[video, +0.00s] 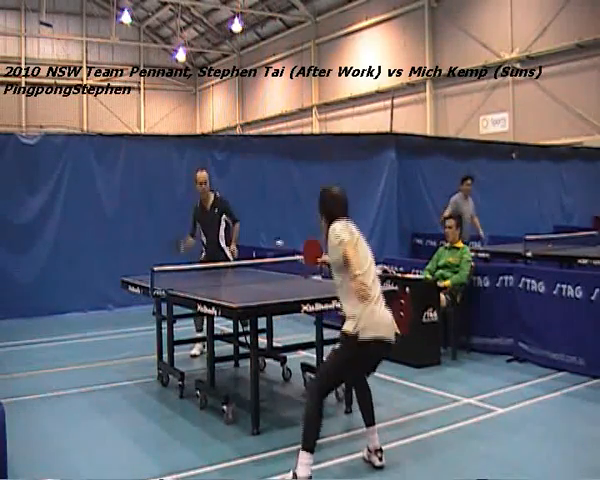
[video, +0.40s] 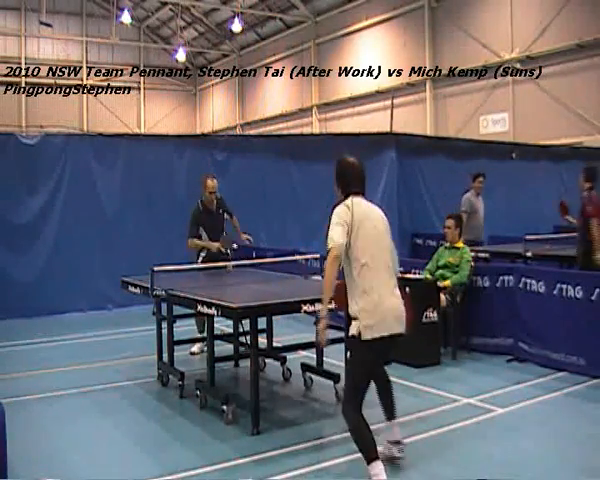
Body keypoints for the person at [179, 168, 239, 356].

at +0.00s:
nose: (202, 187)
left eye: (204, 183)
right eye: (199, 184)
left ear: (209, 184)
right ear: (195, 185)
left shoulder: (221, 203)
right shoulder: (198, 208)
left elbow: (235, 222)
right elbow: (194, 234)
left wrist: (233, 243)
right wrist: (186, 244)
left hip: (224, 257)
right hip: (207, 257)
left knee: (233, 295)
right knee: (199, 297)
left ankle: (249, 334)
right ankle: (199, 339)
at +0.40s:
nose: (213, 196)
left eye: (215, 192)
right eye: (210, 192)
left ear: (218, 191)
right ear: (203, 192)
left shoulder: (220, 202)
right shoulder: (197, 211)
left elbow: (231, 217)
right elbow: (191, 241)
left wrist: (240, 234)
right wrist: (213, 245)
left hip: (222, 253)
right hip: (205, 255)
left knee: (223, 290)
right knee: (201, 296)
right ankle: (200, 338)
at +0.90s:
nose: (217, 187)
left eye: (219, 184)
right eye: (214, 183)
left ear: (222, 185)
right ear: (207, 183)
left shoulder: (223, 203)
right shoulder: (201, 203)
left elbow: (226, 228)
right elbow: (187, 222)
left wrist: (227, 248)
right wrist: (186, 241)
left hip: (219, 257)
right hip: (200, 258)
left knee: (227, 294)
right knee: (188, 296)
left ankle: (232, 330)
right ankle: (175, 331)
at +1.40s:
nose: (190, 193)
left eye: (193, 190)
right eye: (188, 190)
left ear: (197, 190)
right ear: (183, 191)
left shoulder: (204, 208)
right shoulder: (179, 212)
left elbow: (212, 231)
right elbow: (172, 240)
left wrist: (214, 250)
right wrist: (178, 257)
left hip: (204, 263)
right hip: (184, 263)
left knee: (215, 302)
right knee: (169, 303)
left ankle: (225, 341)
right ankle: (159, 342)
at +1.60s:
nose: (190, 192)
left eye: (192, 188)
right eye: (187, 188)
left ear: (194, 189)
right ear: (180, 189)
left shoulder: (196, 206)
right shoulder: (175, 208)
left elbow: (199, 231)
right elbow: (175, 234)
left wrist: (203, 247)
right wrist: (191, 235)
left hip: (197, 260)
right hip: (179, 260)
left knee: (214, 300)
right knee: (169, 303)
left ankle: (226, 340)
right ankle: (159, 342)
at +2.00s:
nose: (193, 187)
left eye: (195, 184)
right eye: (189, 184)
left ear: (198, 185)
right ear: (183, 186)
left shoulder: (202, 205)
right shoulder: (179, 208)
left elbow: (208, 228)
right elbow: (169, 228)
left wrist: (212, 242)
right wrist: (166, 236)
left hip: (204, 257)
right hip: (183, 260)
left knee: (206, 302)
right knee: (170, 304)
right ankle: (159, 343)